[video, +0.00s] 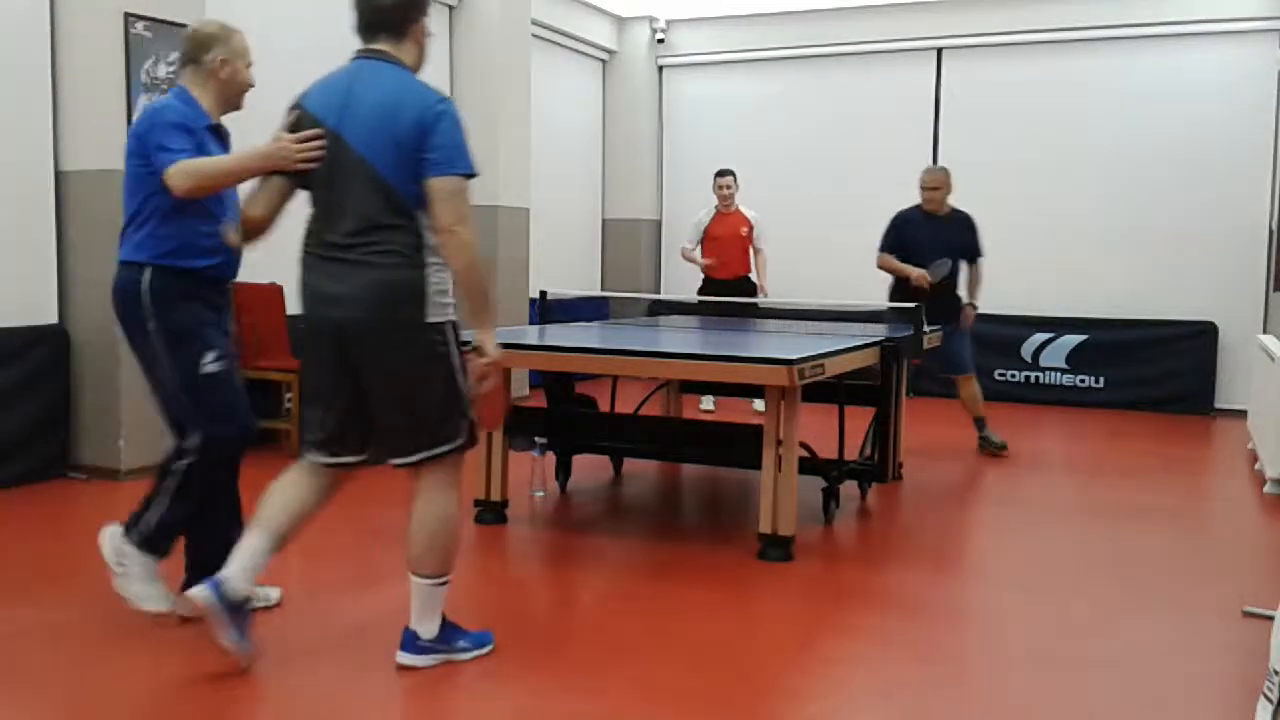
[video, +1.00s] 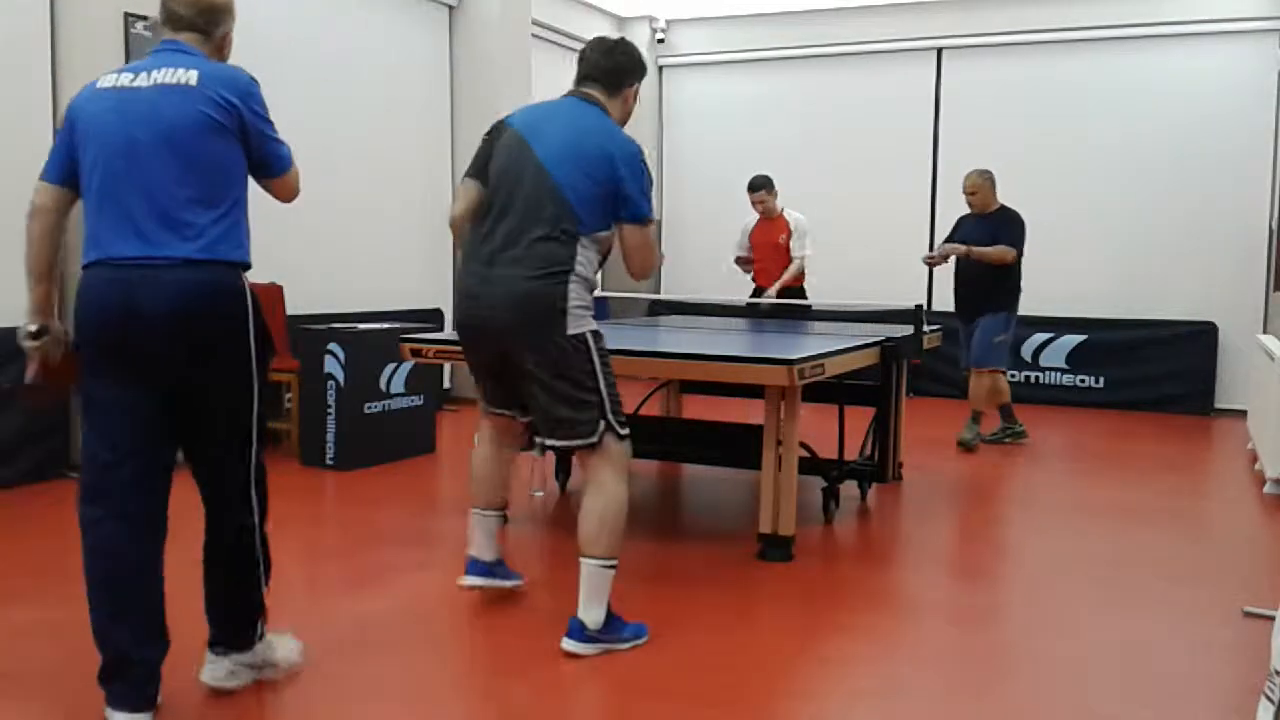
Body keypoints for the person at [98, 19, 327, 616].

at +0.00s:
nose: (250, 79)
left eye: (249, 68)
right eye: (244, 67)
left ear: (212, 67)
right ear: (217, 67)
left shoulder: (208, 130)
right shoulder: (168, 114)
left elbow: (232, 232)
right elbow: (182, 180)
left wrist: (286, 177)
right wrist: (262, 159)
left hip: (203, 287)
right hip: (160, 287)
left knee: (219, 430)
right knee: (217, 427)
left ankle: (212, 577)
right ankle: (133, 544)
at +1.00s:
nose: (233, 45)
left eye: (226, 33)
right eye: (232, 35)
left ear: (162, 29)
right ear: (222, 35)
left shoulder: (91, 95)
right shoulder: (231, 86)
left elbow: (46, 208)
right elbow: (285, 186)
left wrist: (42, 320)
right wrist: (242, 123)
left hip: (110, 303)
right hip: (207, 301)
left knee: (116, 492)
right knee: (232, 479)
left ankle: (129, 694)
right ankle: (235, 644)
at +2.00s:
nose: (362, 11)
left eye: (361, 5)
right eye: (362, 4)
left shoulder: (196, 54)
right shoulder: (358, 41)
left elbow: (158, 193)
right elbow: (387, 141)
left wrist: (202, 291)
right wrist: (386, 287)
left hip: (215, 305)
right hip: (323, 302)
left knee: (221, 541)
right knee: (330, 538)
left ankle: (224, 708)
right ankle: (301, 709)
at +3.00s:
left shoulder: (313, 42)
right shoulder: (516, 28)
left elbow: (262, 199)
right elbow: (600, 164)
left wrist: (246, 349)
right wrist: (570, 262)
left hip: (354, 332)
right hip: (491, 330)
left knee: (331, 592)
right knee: (515, 597)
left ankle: (287, 709)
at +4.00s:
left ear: (531, 3)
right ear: (607, 1)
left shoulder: (464, 69)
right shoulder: (665, 49)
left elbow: (429, 226)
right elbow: (742, 180)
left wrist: (484, 291)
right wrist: (679, 249)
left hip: (503, 337)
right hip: (637, 333)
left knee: (461, 587)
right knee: (688, 587)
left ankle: (417, 714)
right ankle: (709, 712)